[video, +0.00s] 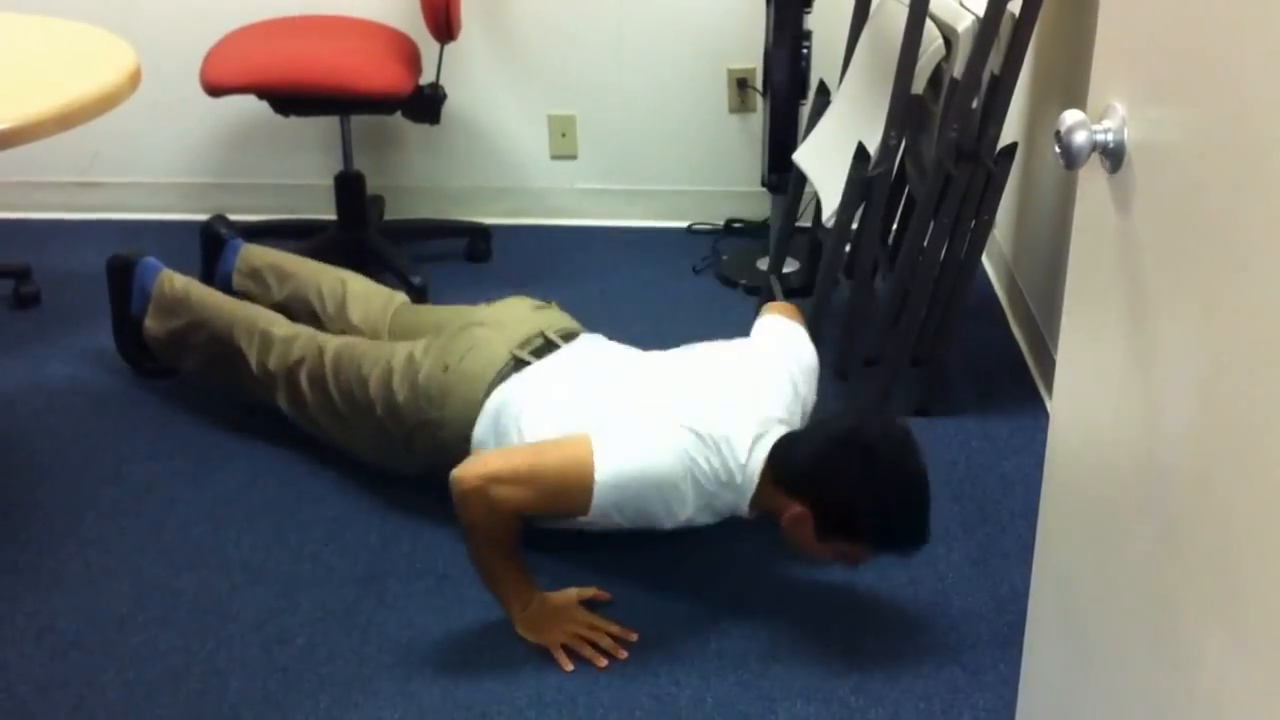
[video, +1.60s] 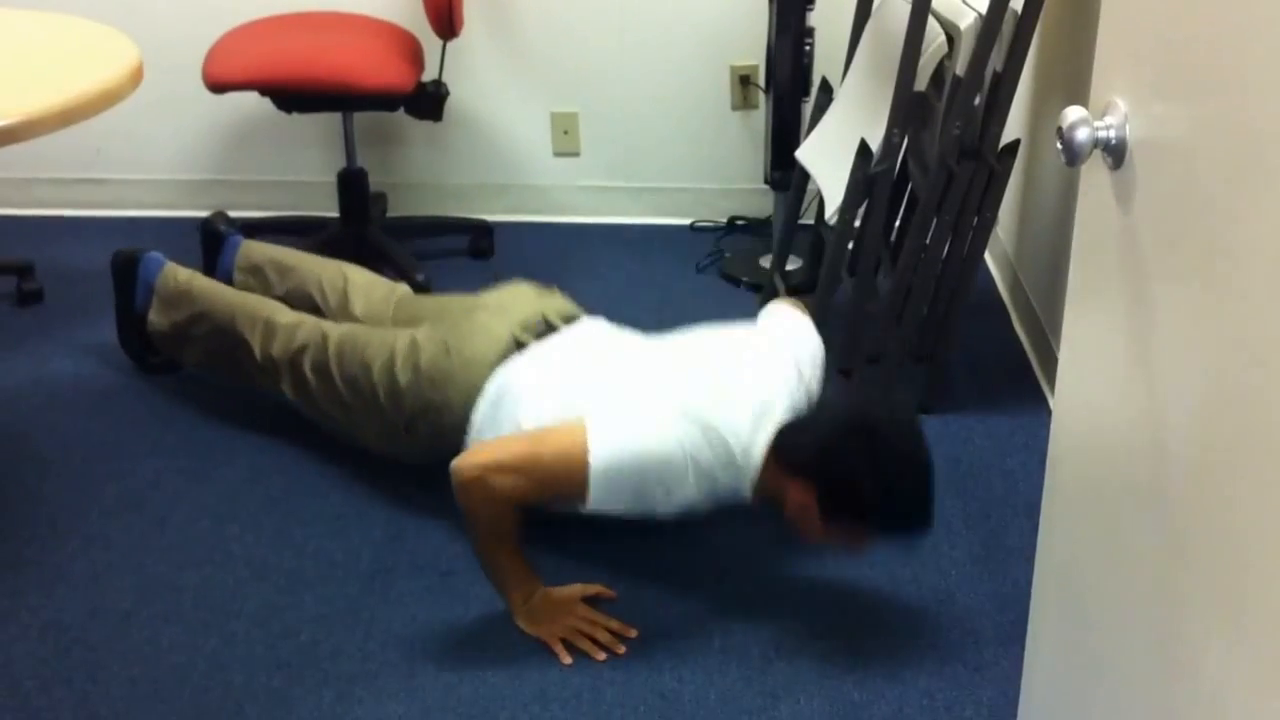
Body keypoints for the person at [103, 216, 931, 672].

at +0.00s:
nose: (839, 561)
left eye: (854, 552)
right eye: (843, 548)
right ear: (803, 512)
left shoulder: (790, 376)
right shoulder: (678, 472)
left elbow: (780, 309)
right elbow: (478, 487)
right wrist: (528, 606)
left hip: (542, 328)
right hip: (466, 398)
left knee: (388, 313)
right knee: (294, 364)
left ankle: (240, 255)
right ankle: (159, 304)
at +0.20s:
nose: (834, 474)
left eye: (846, 469)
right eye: (835, 463)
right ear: (788, 426)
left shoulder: (776, 301)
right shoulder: (650, 417)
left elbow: (740, 362)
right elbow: (469, 483)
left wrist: (762, 448)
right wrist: (526, 605)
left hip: (527, 291)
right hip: (461, 369)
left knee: (378, 292)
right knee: (290, 353)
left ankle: (233, 249)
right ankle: (155, 302)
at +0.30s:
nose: (824, 400)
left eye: (840, 392)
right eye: (825, 385)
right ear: (779, 345)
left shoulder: (766, 251)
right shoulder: (636, 350)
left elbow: (762, 357)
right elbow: (482, 468)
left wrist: (763, 453)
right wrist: (527, 604)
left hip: (518, 253)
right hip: (455, 325)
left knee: (373, 277)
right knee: (294, 332)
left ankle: (238, 248)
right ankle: (155, 303)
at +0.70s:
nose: (818, 471)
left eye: (830, 469)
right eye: (825, 461)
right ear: (795, 428)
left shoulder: (781, 299)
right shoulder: (659, 409)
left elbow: (756, 371)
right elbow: (468, 474)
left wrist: (766, 446)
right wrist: (527, 602)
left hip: (532, 290)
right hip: (457, 369)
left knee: (384, 296)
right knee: (290, 351)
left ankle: (238, 250)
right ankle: (156, 300)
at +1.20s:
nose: (819, 358)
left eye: (835, 349)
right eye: (823, 344)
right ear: (779, 314)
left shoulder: (762, 222)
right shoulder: (628, 318)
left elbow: (763, 340)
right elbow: (504, 452)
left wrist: (766, 451)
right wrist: (527, 595)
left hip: (509, 242)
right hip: (452, 315)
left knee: (367, 269)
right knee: (286, 332)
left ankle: (232, 246)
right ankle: (150, 303)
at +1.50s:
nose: (829, 452)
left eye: (845, 449)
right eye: (837, 443)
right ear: (800, 404)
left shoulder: (782, 287)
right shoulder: (669, 383)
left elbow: (757, 371)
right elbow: (478, 468)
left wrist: (764, 446)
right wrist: (529, 600)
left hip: (529, 277)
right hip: (463, 358)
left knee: (374, 283)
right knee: (292, 344)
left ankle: (233, 245)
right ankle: (154, 299)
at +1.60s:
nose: (838, 545)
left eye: (854, 536)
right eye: (843, 532)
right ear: (805, 496)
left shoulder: (795, 361)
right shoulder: (676, 458)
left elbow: (785, 302)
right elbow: (479, 478)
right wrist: (529, 599)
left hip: (543, 313)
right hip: (467, 386)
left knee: (391, 303)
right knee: (298, 354)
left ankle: (239, 250)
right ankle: (162, 297)